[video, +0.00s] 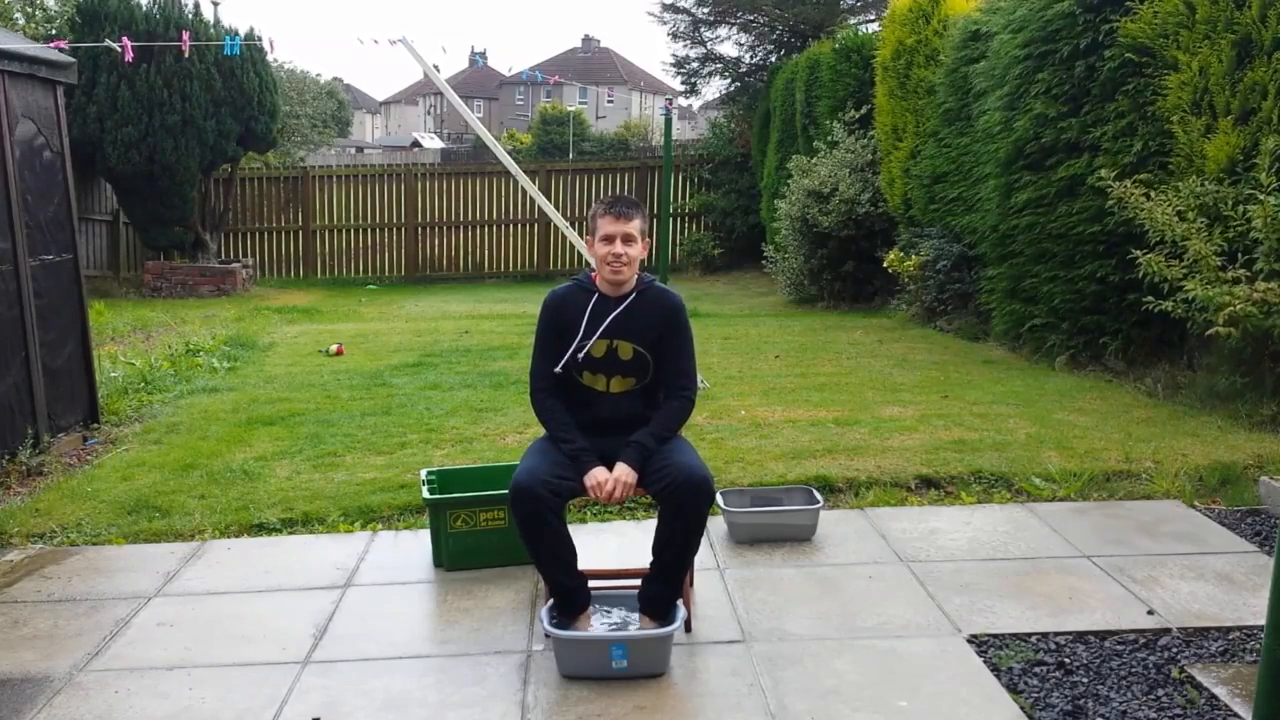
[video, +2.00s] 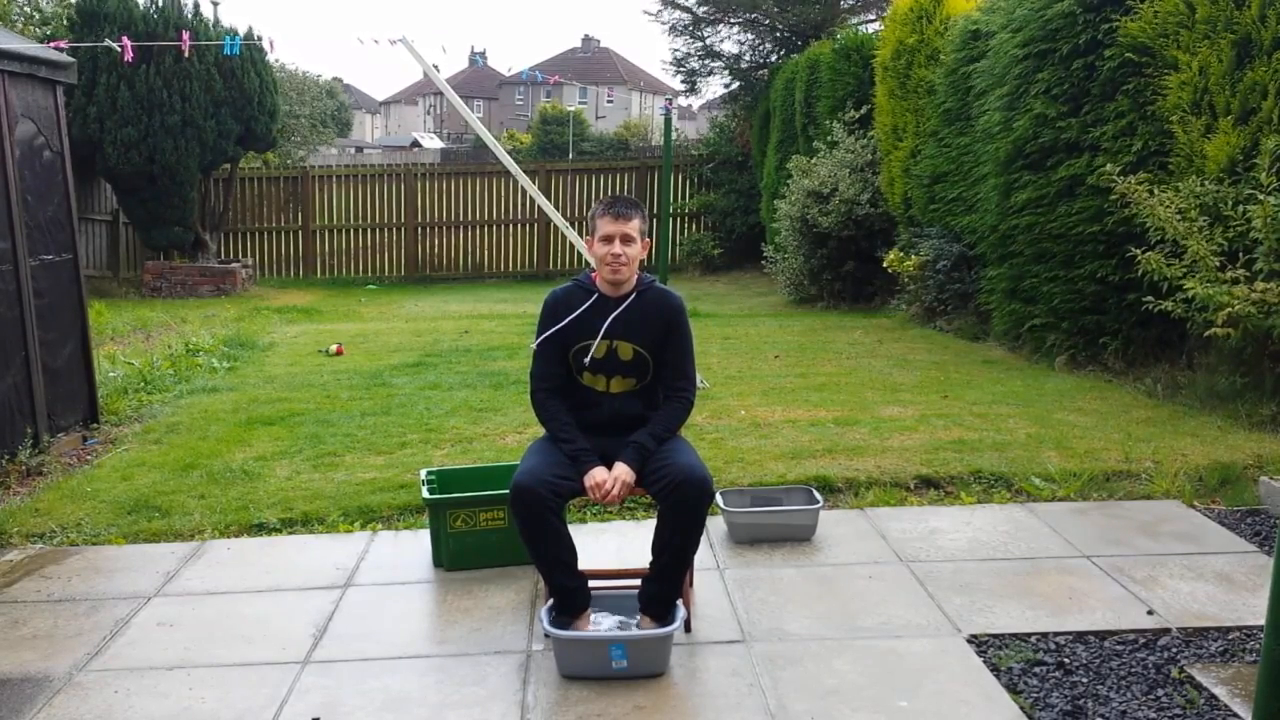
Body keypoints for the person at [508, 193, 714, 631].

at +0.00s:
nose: (617, 250)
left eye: (628, 240)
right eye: (607, 240)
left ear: (644, 248)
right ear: (590, 246)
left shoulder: (665, 306)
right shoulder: (561, 304)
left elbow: (681, 394)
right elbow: (543, 392)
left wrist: (634, 458)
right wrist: (587, 462)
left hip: (648, 435)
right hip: (574, 437)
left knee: (694, 484)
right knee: (527, 490)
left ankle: (658, 602)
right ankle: (572, 601)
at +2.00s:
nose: (616, 250)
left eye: (627, 241)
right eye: (606, 240)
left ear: (644, 248)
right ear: (589, 246)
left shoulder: (666, 307)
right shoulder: (561, 303)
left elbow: (680, 395)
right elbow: (544, 392)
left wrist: (633, 458)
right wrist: (587, 462)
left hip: (648, 436)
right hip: (574, 437)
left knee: (693, 484)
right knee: (527, 489)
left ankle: (656, 606)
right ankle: (572, 604)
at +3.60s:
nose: (617, 249)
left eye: (628, 239)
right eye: (606, 239)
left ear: (644, 247)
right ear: (589, 246)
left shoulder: (666, 307)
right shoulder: (562, 304)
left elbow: (680, 395)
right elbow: (545, 394)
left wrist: (632, 459)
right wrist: (587, 461)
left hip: (648, 436)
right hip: (574, 437)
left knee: (693, 484)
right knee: (528, 489)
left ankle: (657, 605)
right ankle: (573, 606)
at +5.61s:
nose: (651, 245)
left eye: (662, 237)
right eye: (642, 236)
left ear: (678, 248)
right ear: (627, 243)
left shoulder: (692, 311)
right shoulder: (590, 295)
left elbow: (689, 400)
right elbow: (559, 380)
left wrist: (630, 456)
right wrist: (585, 457)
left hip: (652, 434)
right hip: (580, 430)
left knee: (691, 486)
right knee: (534, 481)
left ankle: (655, 606)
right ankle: (572, 604)